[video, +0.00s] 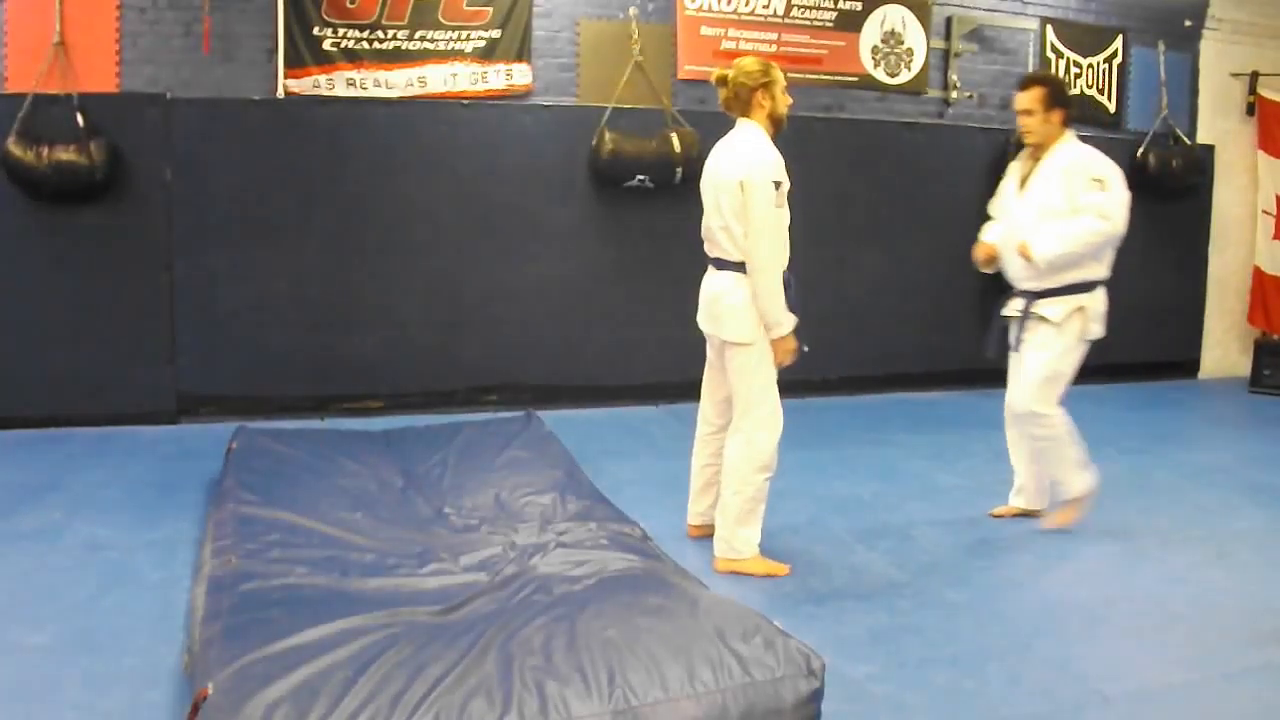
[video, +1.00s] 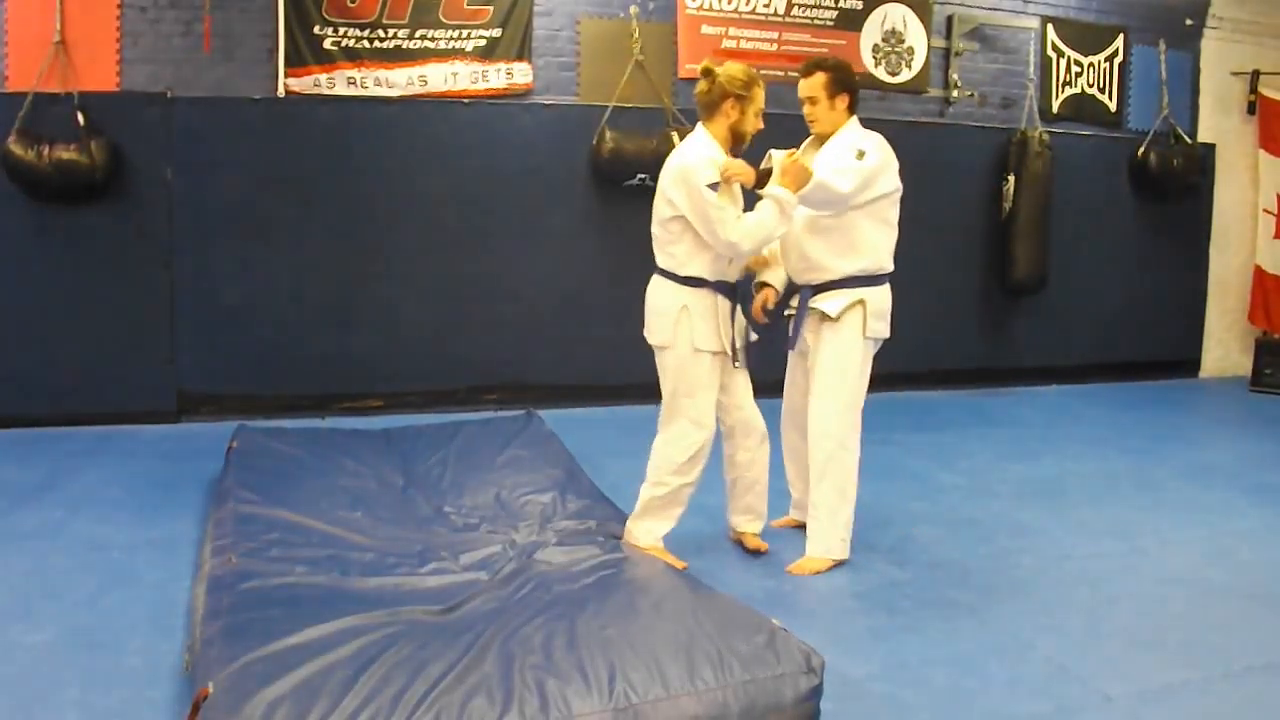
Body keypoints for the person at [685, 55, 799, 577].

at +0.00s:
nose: (789, 100)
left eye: (786, 91)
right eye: (784, 92)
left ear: (745, 99)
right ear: (763, 97)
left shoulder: (724, 150)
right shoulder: (762, 158)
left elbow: (718, 238)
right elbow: (765, 254)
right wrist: (780, 328)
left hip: (716, 286)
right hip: (744, 294)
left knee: (718, 410)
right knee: (760, 421)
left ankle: (703, 515)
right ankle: (737, 549)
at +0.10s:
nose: (788, 102)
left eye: (785, 92)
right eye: (782, 93)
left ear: (740, 98)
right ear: (763, 98)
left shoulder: (721, 151)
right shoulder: (760, 159)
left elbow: (719, 239)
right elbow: (767, 252)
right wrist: (797, 321)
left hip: (718, 286)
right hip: (747, 294)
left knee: (718, 410)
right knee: (763, 424)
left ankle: (703, 514)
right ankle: (737, 547)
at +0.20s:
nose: (786, 103)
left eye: (783, 93)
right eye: (781, 94)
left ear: (738, 99)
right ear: (763, 98)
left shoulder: (718, 152)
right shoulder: (760, 157)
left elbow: (723, 236)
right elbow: (774, 242)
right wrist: (849, 269)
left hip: (717, 288)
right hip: (749, 295)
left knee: (719, 410)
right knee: (763, 421)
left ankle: (703, 515)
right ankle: (736, 548)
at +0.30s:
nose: (787, 104)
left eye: (785, 96)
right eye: (783, 96)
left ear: (740, 101)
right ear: (764, 100)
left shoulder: (720, 151)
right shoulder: (765, 159)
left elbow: (747, 213)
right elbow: (814, 223)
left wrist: (797, 186)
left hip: (710, 290)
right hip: (747, 299)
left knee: (717, 413)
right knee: (764, 424)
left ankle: (703, 516)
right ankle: (738, 549)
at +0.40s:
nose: (788, 111)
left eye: (787, 102)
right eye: (785, 102)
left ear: (747, 105)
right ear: (763, 104)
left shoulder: (726, 152)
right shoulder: (759, 156)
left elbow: (749, 227)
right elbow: (822, 212)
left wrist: (795, 241)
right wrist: (851, 186)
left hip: (711, 294)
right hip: (738, 302)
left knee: (740, 413)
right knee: (763, 426)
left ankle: (711, 511)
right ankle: (737, 551)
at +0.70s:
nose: (783, 122)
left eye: (782, 111)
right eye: (778, 112)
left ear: (748, 110)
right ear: (750, 110)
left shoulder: (746, 162)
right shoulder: (718, 164)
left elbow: (739, 247)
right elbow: (755, 245)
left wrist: (770, 278)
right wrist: (807, 206)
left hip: (741, 305)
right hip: (708, 307)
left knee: (762, 428)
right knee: (739, 424)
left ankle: (743, 525)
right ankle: (696, 543)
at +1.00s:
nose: (761, 122)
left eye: (762, 114)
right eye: (758, 112)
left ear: (727, 108)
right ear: (732, 108)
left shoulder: (724, 160)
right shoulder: (693, 162)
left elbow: (751, 231)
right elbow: (734, 241)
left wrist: (767, 276)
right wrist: (783, 192)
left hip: (716, 303)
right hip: (683, 303)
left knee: (745, 421)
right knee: (690, 426)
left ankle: (746, 524)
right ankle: (643, 535)